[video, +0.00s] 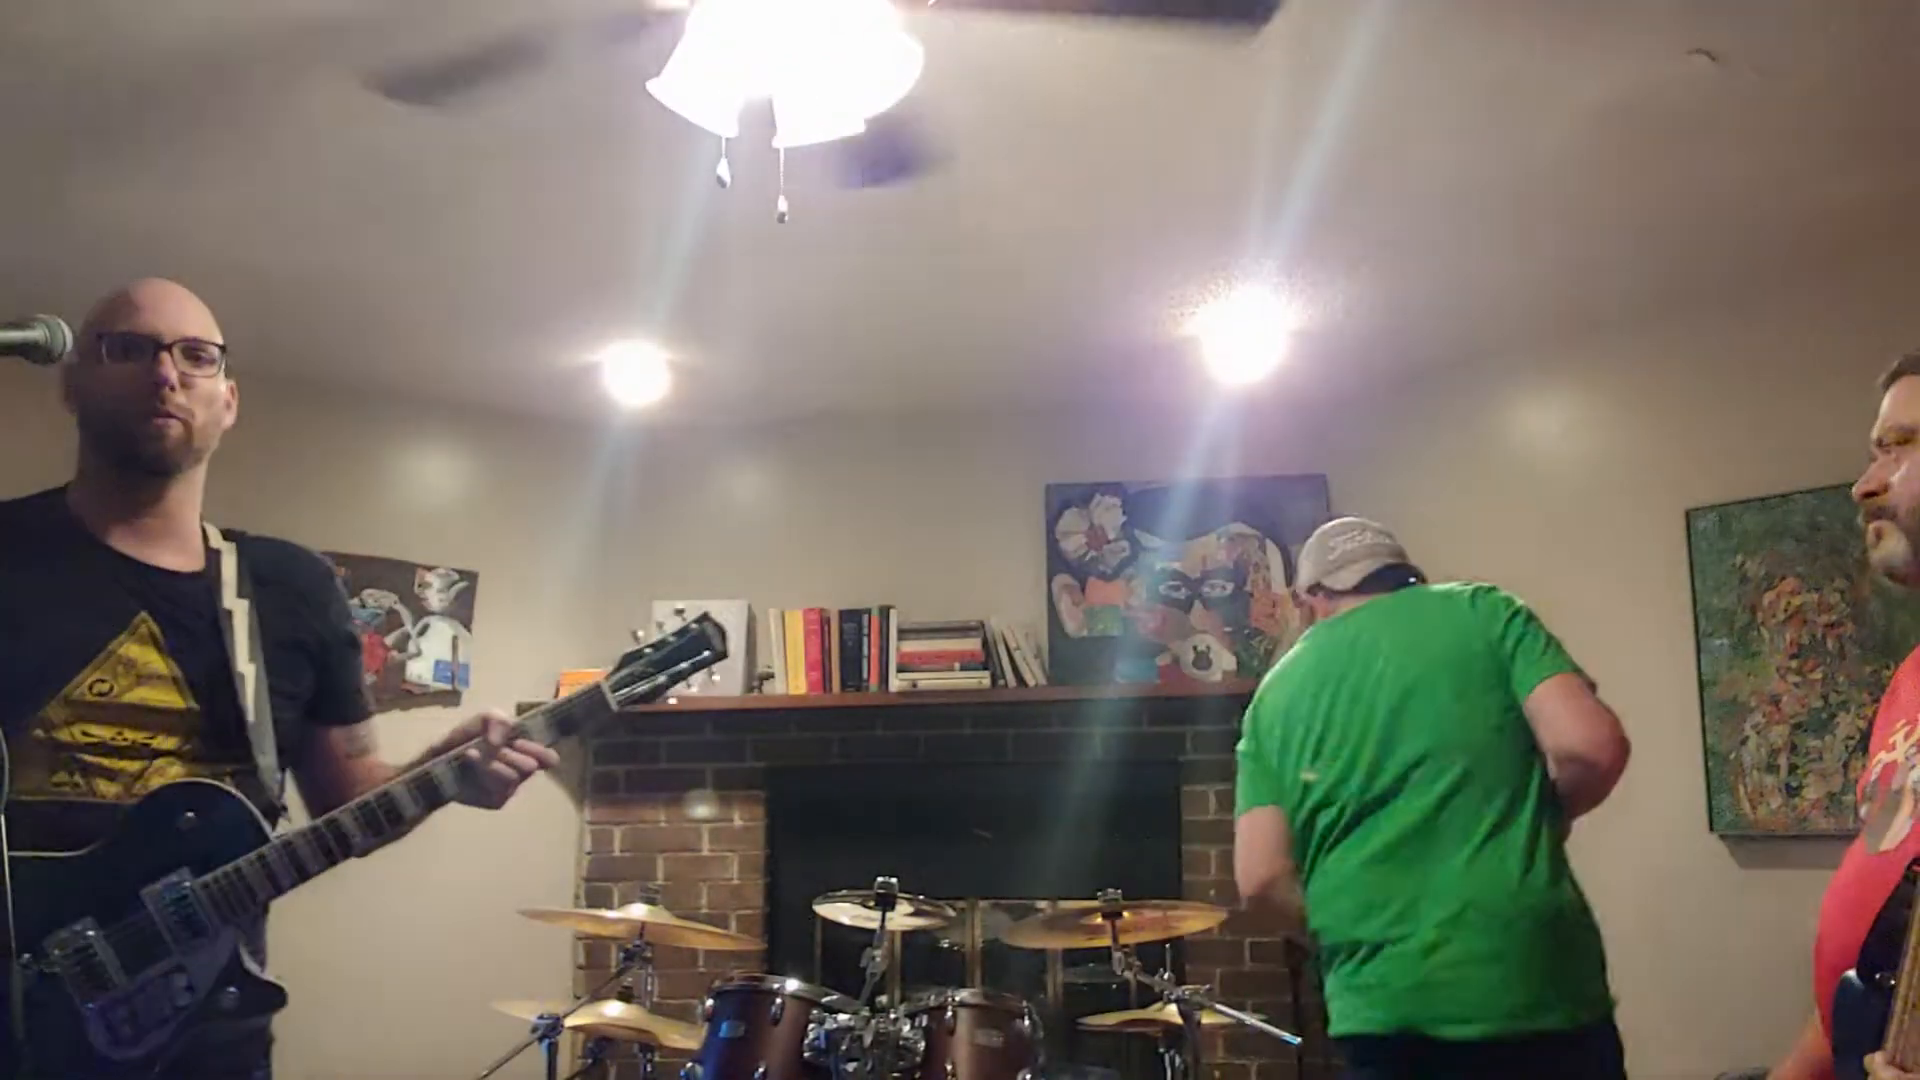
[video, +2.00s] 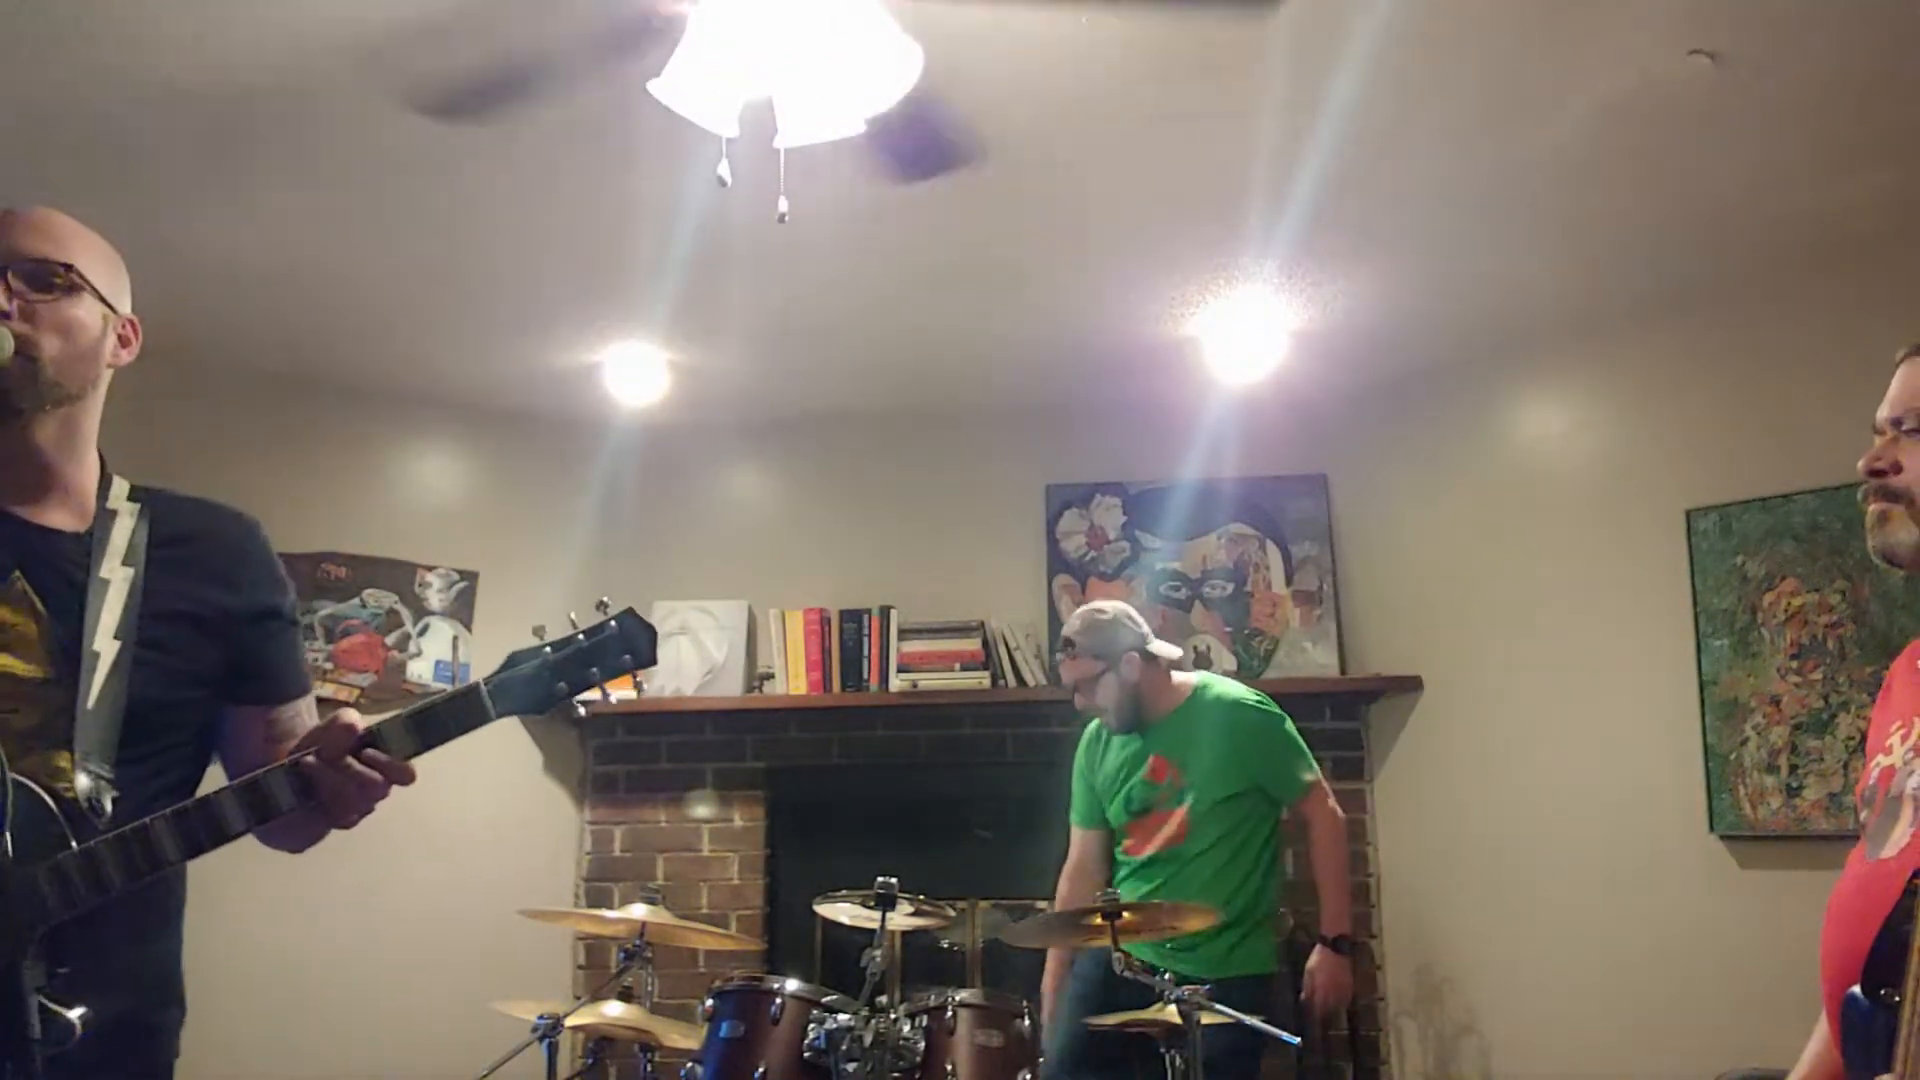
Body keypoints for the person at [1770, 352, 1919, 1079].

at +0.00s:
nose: (1865, 482)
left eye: (1897, 445)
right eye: (1875, 451)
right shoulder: (1906, 682)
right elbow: (1876, 908)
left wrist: (1803, 1059)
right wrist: (1801, 1061)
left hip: (1898, 1054)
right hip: (1854, 1046)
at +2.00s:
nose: (1872, 459)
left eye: (1906, 430)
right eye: (1877, 433)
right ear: (1874, 447)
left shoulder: (1906, 673)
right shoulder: (1904, 675)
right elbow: (1877, 904)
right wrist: (1813, 1065)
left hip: (1901, 1052)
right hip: (1860, 1045)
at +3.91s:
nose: (1828, 531)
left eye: (1846, 492)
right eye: (1831, 500)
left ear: (1915, 475)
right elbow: (1881, 894)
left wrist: (1873, 1059)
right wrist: (1817, 1061)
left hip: (1898, 1047)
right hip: (1864, 1038)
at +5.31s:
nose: (1822, 536)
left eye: (1842, 496)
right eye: (1824, 504)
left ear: (1917, 479)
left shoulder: (1912, 681)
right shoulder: (1909, 683)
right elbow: (1897, 902)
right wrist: (1828, 1060)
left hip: (1905, 1045)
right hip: (1880, 1046)